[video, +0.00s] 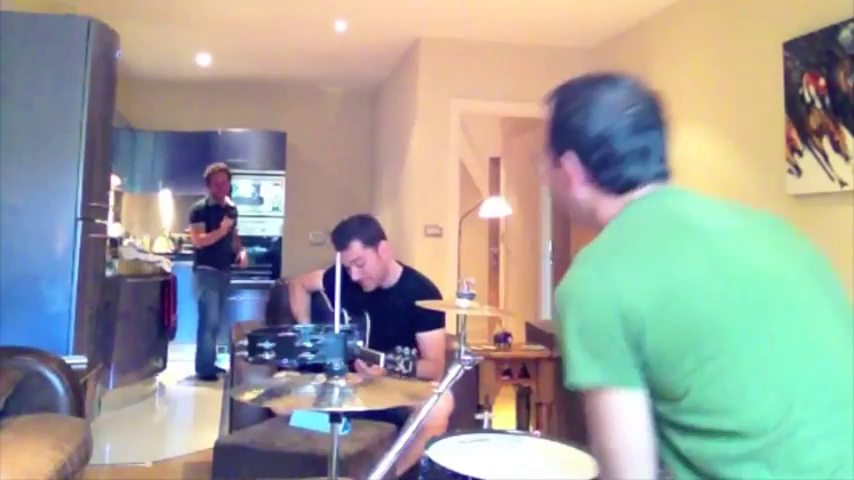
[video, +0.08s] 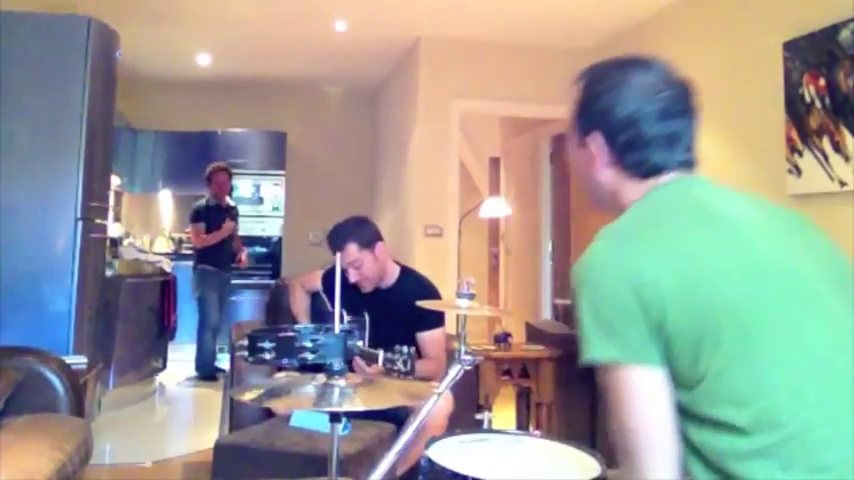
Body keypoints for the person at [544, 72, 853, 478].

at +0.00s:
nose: (546, 179)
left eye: (549, 164)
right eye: (547, 162)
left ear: (571, 171)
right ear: (653, 147)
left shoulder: (597, 279)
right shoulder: (762, 226)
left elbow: (628, 471)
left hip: (749, 468)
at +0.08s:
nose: (571, 157)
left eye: (573, 142)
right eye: (572, 141)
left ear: (598, 152)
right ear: (681, 134)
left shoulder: (616, 259)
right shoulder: (785, 220)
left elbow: (651, 468)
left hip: (748, 468)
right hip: (843, 460)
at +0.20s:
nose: (623, 132)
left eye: (625, 113)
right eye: (624, 113)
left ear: (649, 121)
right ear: (734, 116)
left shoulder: (666, 232)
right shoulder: (825, 215)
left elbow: (702, 462)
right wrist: (693, 439)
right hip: (841, 464)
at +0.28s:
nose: (638, 118)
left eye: (644, 100)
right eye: (641, 101)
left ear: (671, 108)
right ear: (759, 110)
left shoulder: (694, 220)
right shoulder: (834, 207)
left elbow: (723, 464)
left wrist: (660, 467)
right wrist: (710, 427)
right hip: (842, 466)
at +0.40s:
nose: (672, 95)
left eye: (678, 77)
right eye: (676, 76)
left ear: (705, 92)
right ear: (796, 97)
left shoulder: (736, 215)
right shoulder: (842, 190)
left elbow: (754, 462)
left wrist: (684, 453)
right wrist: (735, 422)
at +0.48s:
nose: (687, 87)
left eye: (693, 71)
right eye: (692, 71)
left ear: (720, 87)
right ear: (808, 95)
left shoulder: (747, 216)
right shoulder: (842, 184)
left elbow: (765, 465)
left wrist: (695, 454)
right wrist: (743, 415)